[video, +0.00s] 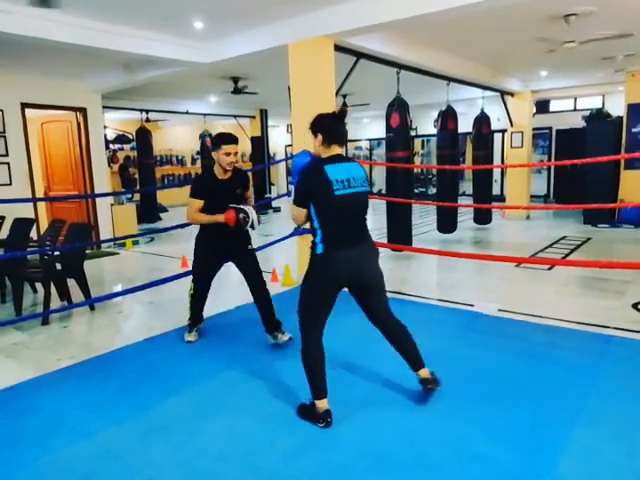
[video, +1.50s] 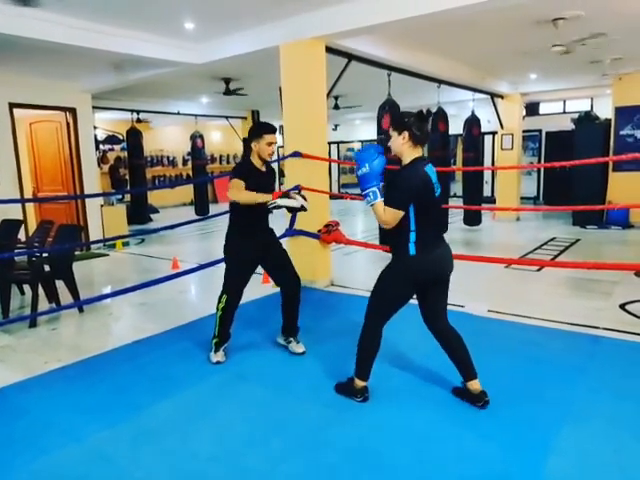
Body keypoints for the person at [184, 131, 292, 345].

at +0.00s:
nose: (233, 159)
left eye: (235, 154)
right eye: (227, 155)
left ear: (239, 154)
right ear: (214, 155)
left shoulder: (243, 177)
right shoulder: (203, 181)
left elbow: (248, 201)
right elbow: (192, 216)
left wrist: (247, 213)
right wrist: (222, 218)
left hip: (238, 239)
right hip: (210, 241)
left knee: (257, 284)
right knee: (200, 286)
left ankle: (274, 329)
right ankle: (193, 325)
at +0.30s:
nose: (267, 165)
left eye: (269, 160)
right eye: (262, 160)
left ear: (271, 159)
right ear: (248, 159)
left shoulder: (272, 182)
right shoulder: (236, 183)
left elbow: (276, 209)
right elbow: (232, 221)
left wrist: (286, 211)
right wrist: (262, 214)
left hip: (259, 238)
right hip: (233, 240)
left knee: (281, 287)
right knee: (224, 289)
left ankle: (282, 338)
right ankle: (210, 329)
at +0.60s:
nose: (261, 149)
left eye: (263, 145)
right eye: (257, 144)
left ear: (263, 147)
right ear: (244, 145)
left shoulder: (264, 167)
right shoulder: (232, 172)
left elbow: (294, 187)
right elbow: (248, 191)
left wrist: (290, 158)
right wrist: (262, 157)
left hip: (261, 237)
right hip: (235, 240)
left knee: (287, 284)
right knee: (233, 294)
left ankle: (286, 335)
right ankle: (227, 342)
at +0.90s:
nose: (269, 147)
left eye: (272, 143)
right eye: (265, 142)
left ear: (273, 143)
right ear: (250, 142)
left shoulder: (274, 166)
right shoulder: (239, 169)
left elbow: (305, 181)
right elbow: (247, 193)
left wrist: (303, 155)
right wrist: (267, 164)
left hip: (270, 238)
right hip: (244, 241)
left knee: (291, 287)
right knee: (235, 296)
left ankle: (290, 337)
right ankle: (225, 341)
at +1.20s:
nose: (272, 145)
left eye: (273, 140)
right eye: (266, 140)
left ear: (275, 143)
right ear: (253, 142)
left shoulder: (274, 165)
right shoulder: (244, 167)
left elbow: (297, 191)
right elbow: (265, 179)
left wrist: (303, 175)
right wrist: (276, 150)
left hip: (269, 237)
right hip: (245, 239)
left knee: (289, 288)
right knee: (236, 295)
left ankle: (288, 337)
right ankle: (222, 342)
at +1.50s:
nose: (273, 149)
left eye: (275, 144)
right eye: (268, 144)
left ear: (273, 145)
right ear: (254, 144)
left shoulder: (269, 171)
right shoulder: (242, 168)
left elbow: (264, 200)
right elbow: (234, 194)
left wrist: (287, 198)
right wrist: (271, 198)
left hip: (265, 238)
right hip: (241, 241)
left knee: (291, 283)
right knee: (231, 294)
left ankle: (289, 335)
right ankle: (219, 343)